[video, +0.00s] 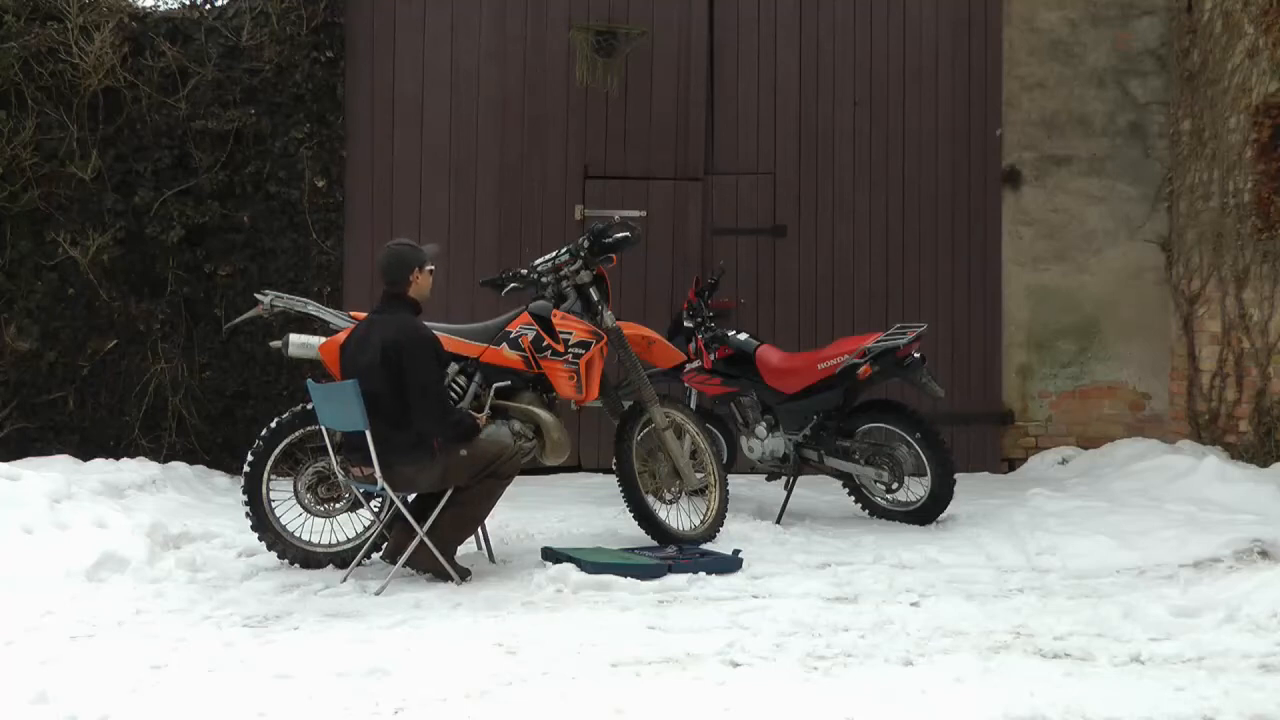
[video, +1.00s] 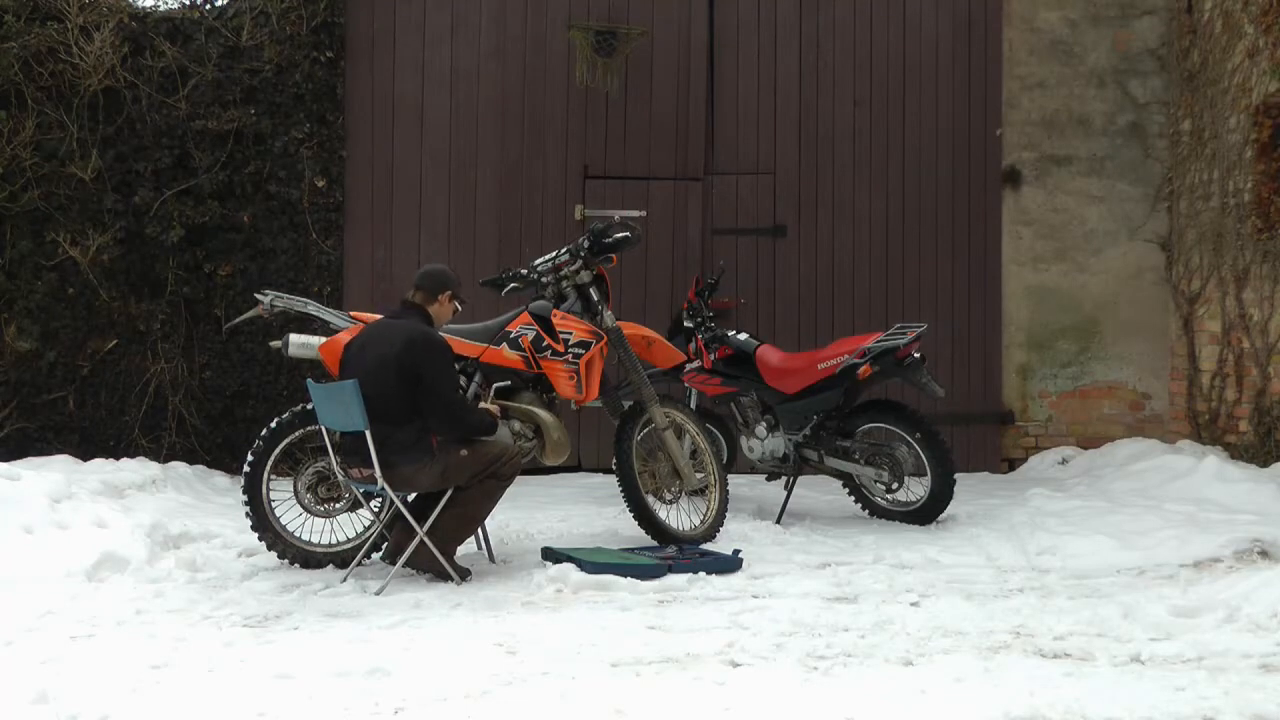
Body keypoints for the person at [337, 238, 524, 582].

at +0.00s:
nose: (432, 276)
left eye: (430, 269)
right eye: (428, 270)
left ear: (389, 279)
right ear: (414, 278)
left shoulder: (362, 331)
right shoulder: (416, 335)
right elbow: (435, 417)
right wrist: (472, 423)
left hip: (374, 460)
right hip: (406, 465)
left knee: (471, 448)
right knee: (504, 453)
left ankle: (405, 538)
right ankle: (435, 549)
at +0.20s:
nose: (432, 276)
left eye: (429, 269)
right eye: (428, 270)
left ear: (388, 279)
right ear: (414, 278)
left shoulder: (359, 332)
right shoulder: (416, 336)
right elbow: (437, 414)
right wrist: (468, 422)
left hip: (365, 461)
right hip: (403, 466)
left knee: (468, 448)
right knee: (505, 454)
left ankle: (404, 539)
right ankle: (435, 549)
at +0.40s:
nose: (432, 284)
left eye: (432, 277)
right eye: (431, 276)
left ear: (388, 279)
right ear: (416, 278)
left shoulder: (357, 333)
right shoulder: (415, 337)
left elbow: (361, 405)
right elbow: (438, 416)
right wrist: (469, 421)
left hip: (365, 461)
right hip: (404, 466)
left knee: (468, 450)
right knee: (504, 455)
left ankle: (404, 540)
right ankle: (435, 549)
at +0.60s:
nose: (439, 299)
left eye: (440, 291)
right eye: (439, 290)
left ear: (398, 284)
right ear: (425, 286)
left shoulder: (357, 333)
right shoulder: (417, 340)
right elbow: (439, 418)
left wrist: (454, 415)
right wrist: (477, 422)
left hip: (364, 457)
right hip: (403, 465)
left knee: (465, 449)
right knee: (507, 452)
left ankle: (404, 541)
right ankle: (435, 549)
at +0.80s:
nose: (444, 308)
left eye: (446, 301)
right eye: (445, 299)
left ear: (406, 289)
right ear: (434, 294)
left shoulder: (362, 332)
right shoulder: (422, 342)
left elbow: (346, 391)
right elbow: (447, 420)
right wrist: (486, 419)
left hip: (363, 455)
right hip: (403, 465)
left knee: (464, 452)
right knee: (508, 453)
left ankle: (404, 542)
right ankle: (435, 550)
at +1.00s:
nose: (452, 312)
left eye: (455, 305)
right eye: (454, 304)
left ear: (413, 294)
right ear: (442, 299)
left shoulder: (369, 332)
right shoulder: (429, 343)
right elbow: (453, 419)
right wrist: (488, 417)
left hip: (362, 456)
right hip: (402, 464)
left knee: (464, 455)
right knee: (507, 457)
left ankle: (404, 542)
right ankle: (434, 550)